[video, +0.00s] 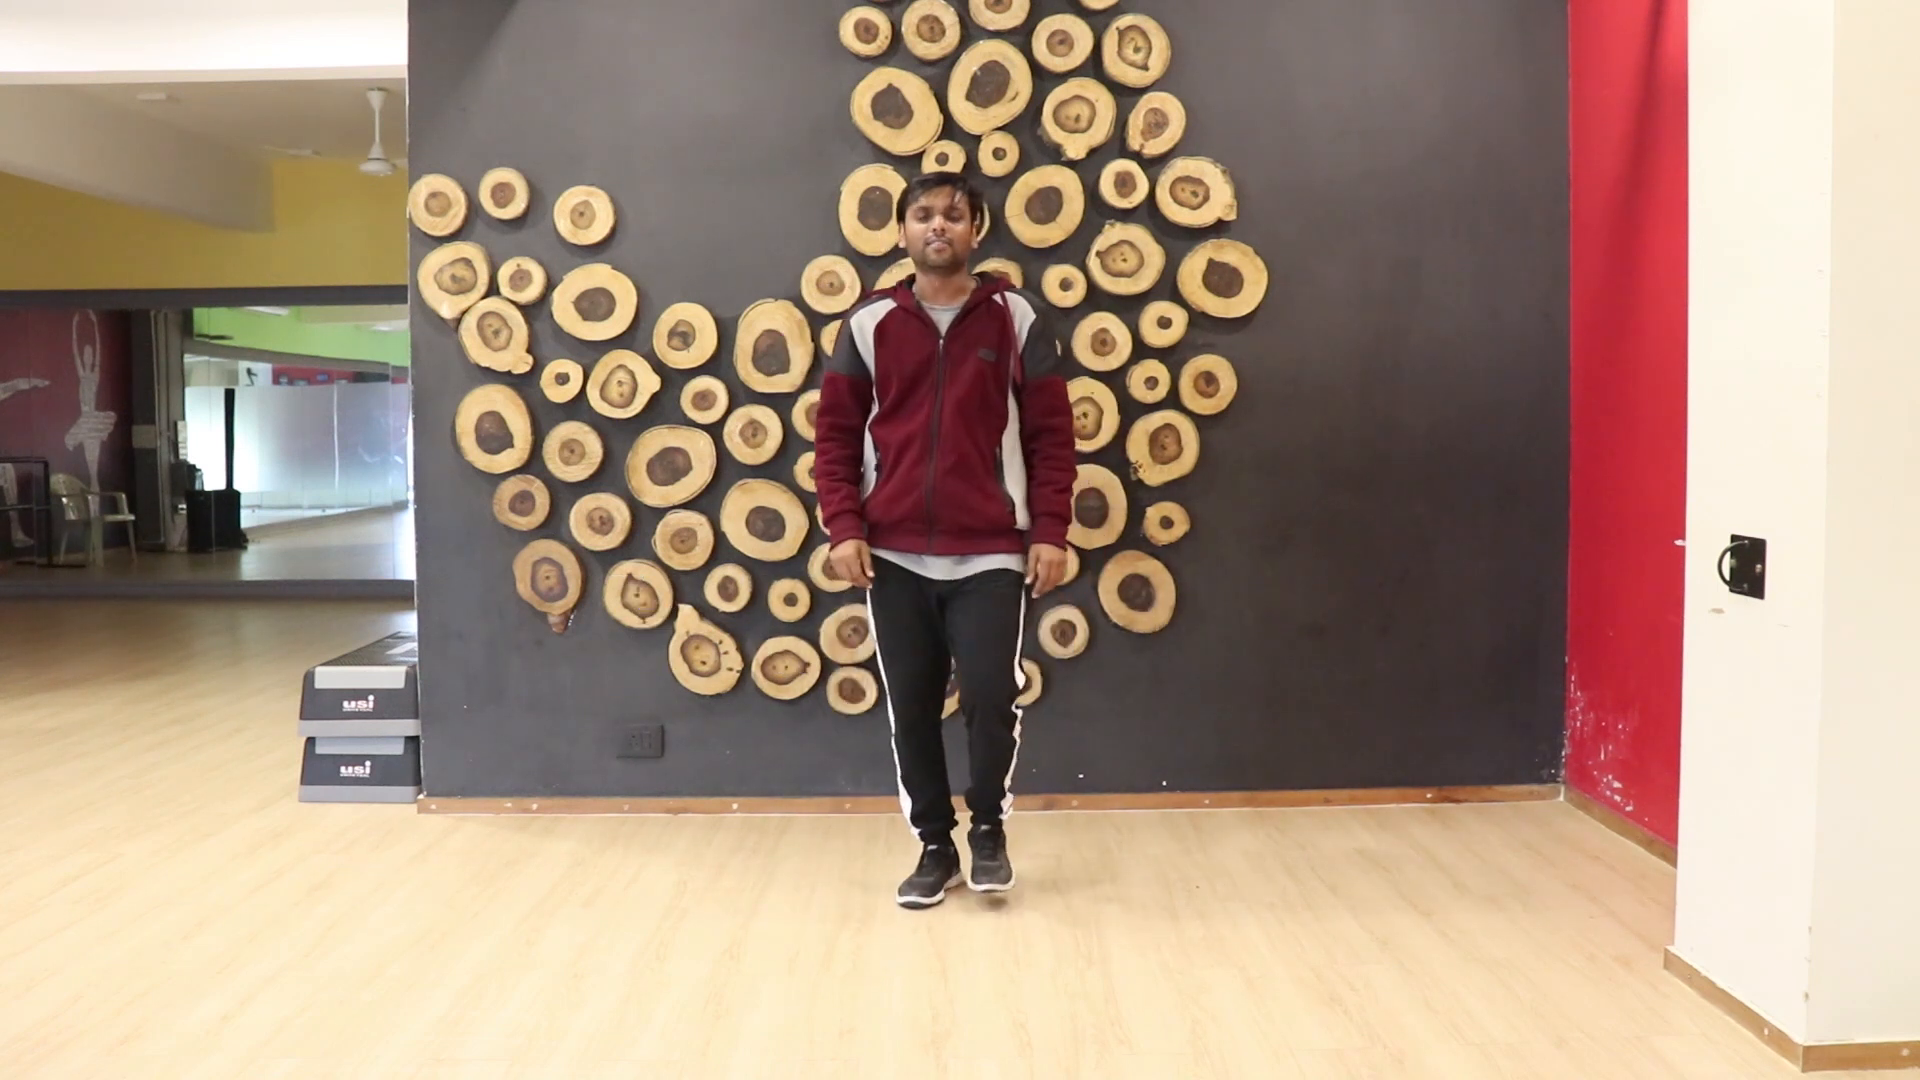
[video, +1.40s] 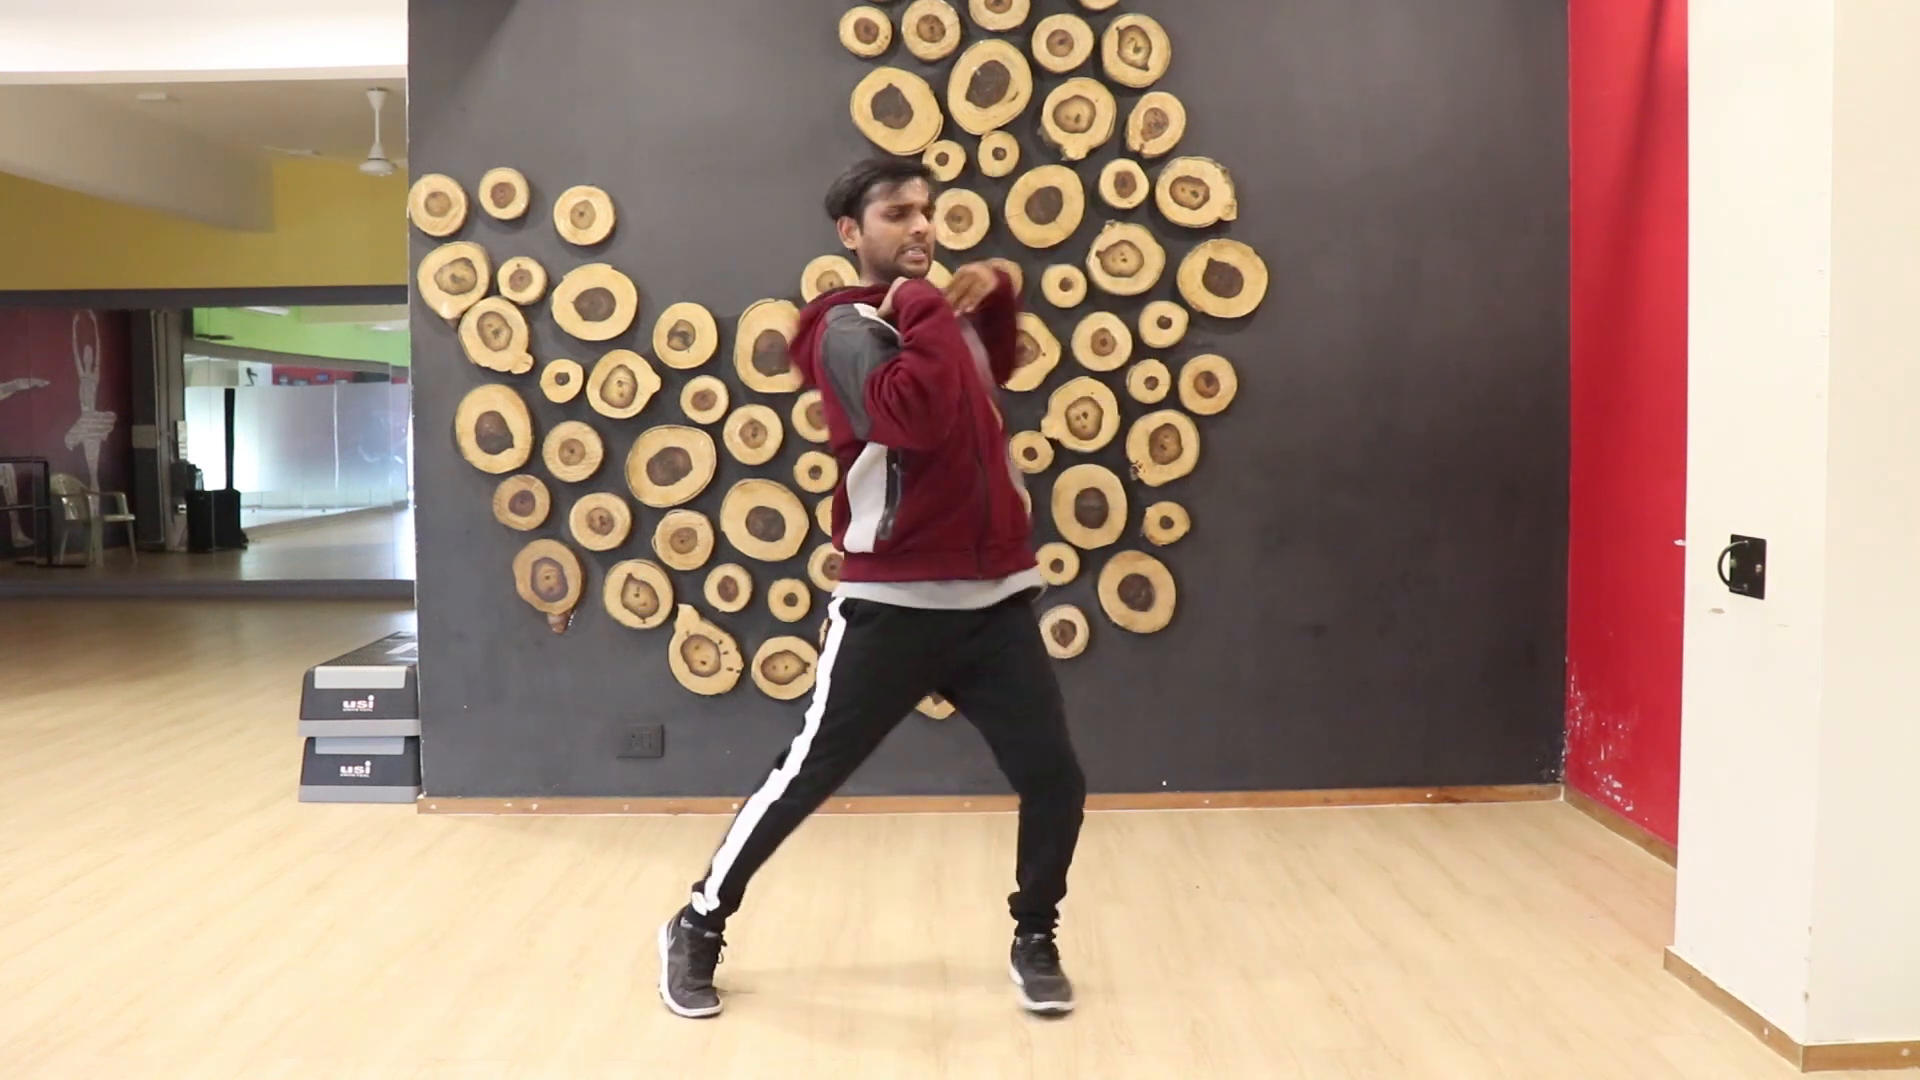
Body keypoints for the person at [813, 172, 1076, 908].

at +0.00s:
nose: (939, 226)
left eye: (953, 215)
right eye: (924, 215)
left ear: (976, 232)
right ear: (903, 233)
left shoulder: (1016, 317)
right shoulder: (867, 324)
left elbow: (1049, 430)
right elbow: (836, 433)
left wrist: (1050, 529)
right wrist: (842, 526)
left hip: (991, 549)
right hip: (894, 551)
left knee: (989, 693)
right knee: (910, 705)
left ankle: (988, 830)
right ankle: (933, 847)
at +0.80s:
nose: (949, 230)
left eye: (965, 218)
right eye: (933, 217)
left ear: (987, 237)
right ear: (908, 237)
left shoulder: (1027, 329)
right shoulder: (867, 325)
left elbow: (1081, 434)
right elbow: (815, 435)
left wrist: (1034, 492)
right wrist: (869, 441)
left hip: (997, 576)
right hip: (896, 575)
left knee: (1009, 737)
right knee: (911, 730)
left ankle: (1019, 913)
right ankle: (936, 847)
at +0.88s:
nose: (955, 227)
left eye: (971, 214)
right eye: (939, 214)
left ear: (993, 233)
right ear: (913, 232)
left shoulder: (1021, 316)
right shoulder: (884, 310)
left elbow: (1019, 419)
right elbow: (871, 404)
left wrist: (915, 367)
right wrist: (982, 337)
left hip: (1006, 567)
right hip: (908, 568)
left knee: (1018, 747)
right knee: (913, 742)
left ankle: (1023, 929)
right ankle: (939, 836)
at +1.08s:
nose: (965, 214)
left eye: (982, 203)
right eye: (949, 201)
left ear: (1007, 222)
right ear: (922, 217)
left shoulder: (1030, 305)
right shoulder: (880, 293)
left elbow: (1065, 394)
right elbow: (811, 392)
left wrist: (974, 313)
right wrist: (905, 324)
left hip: (1018, 563)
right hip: (913, 563)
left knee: (1037, 749)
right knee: (977, 731)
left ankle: (1028, 931)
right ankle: (982, 887)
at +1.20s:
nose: (965, 211)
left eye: (981, 199)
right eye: (946, 198)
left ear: (1001, 220)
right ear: (914, 215)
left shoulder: (1044, 312)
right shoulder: (864, 306)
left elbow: (1161, 351)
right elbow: (776, 375)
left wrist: (1087, 279)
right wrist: (804, 301)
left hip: (1002, 572)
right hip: (894, 563)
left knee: (1030, 762)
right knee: (923, 717)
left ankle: (1033, 941)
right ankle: (884, 882)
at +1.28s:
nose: (958, 217)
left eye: (970, 203)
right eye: (937, 204)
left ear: (987, 219)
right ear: (899, 221)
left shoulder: (1039, 313)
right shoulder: (866, 316)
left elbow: (1145, 305)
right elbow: (808, 453)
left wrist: (1079, 239)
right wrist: (828, 348)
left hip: (999, 584)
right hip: (887, 578)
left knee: (1021, 762)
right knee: (860, 743)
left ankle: (1035, 945)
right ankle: (766, 909)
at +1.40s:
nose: (922, 229)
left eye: (927, 214)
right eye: (900, 215)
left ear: (935, 225)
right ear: (851, 231)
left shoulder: (935, 311)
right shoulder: (846, 330)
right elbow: (913, 415)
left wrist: (1000, 296)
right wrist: (926, 313)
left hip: (995, 604)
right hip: (890, 608)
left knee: (1055, 783)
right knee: (807, 778)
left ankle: (1036, 938)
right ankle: (698, 928)